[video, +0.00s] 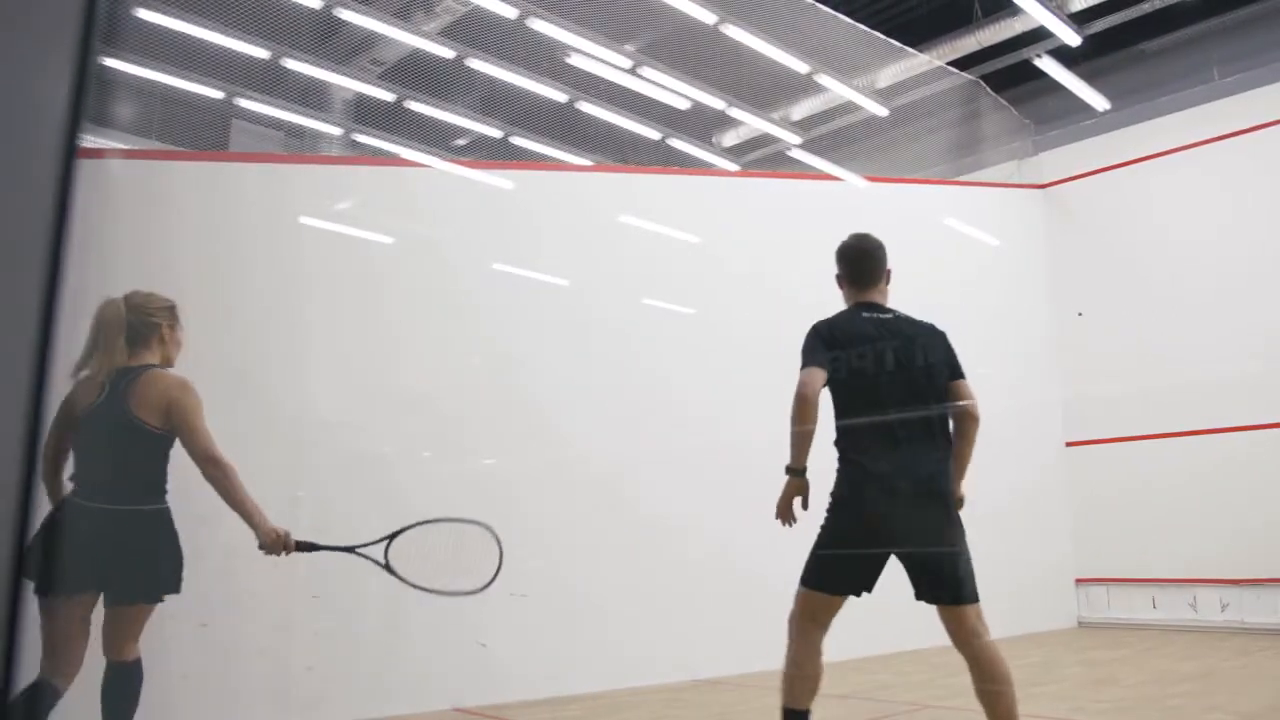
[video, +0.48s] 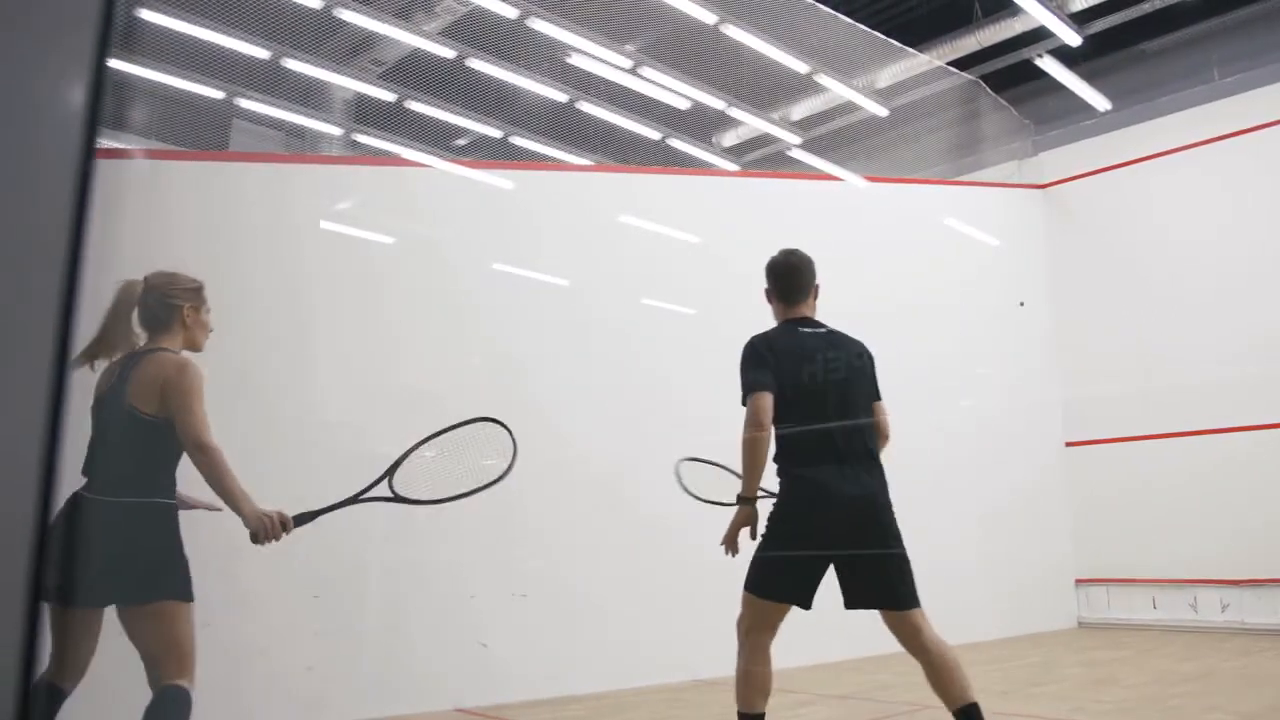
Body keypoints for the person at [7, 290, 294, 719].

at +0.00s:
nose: (181, 341)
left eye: (180, 332)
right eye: (178, 331)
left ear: (127, 334)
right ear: (163, 332)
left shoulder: (85, 390)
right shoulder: (172, 390)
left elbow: (52, 460)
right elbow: (212, 464)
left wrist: (61, 505)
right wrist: (263, 527)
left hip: (74, 536)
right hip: (140, 540)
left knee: (57, 669)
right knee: (123, 649)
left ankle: (25, 710)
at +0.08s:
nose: (183, 341)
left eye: (182, 331)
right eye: (180, 330)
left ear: (130, 333)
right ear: (162, 331)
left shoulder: (90, 384)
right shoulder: (168, 387)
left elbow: (60, 462)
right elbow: (207, 461)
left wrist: (89, 508)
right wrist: (260, 524)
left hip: (68, 536)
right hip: (133, 539)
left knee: (56, 671)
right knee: (124, 650)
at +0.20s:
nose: (188, 339)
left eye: (188, 329)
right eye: (185, 328)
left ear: (134, 331)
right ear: (166, 330)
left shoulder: (93, 384)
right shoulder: (168, 386)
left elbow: (74, 467)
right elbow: (203, 459)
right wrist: (256, 523)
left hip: (67, 536)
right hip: (129, 541)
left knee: (55, 668)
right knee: (132, 657)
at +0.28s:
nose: (194, 336)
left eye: (193, 326)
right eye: (190, 325)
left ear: (138, 329)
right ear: (170, 328)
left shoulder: (97, 381)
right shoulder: (168, 382)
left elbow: (86, 466)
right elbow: (202, 458)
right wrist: (256, 522)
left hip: (67, 535)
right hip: (129, 540)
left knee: (57, 667)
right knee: (142, 665)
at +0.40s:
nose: (203, 330)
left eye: (202, 319)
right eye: (199, 318)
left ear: (143, 323)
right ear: (179, 321)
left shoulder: (106, 376)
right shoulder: (173, 375)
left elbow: (98, 467)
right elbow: (202, 452)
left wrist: (157, 499)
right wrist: (254, 516)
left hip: (72, 532)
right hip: (131, 537)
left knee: (58, 672)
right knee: (159, 677)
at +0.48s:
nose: (211, 323)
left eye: (209, 313)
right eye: (206, 313)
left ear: (151, 318)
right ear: (187, 315)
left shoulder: (113, 371)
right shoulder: (179, 369)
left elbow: (103, 463)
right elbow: (201, 446)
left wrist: (169, 494)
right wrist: (251, 511)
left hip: (80, 529)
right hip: (140, 534)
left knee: (64, 669)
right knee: (173, 679)